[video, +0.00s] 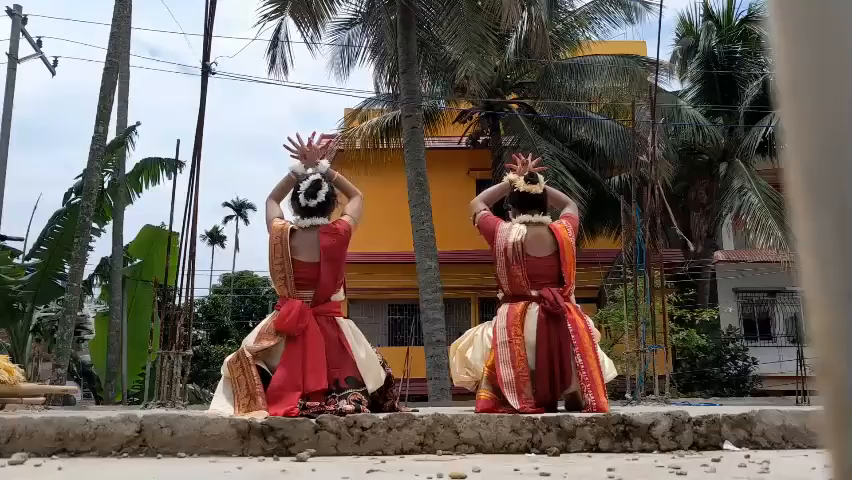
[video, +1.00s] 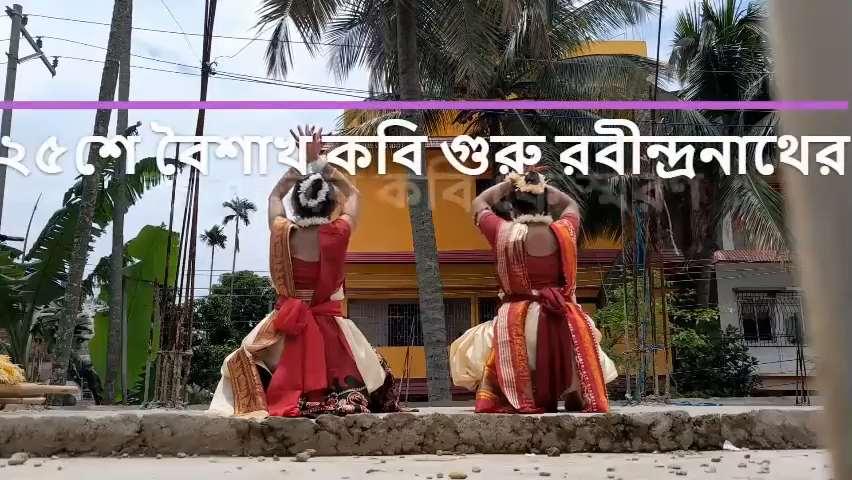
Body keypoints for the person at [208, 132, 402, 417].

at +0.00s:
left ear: (294, 204)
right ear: (331, 205)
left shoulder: (280, 235)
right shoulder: (338, 235)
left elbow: (273, 200)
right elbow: (356, 197)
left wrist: (300, 169)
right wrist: (326, 170)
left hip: (288, 334)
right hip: (330, 334)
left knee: (240, 365)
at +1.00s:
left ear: (293, 205)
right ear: (330, 206)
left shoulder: (281, 232)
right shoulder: (338, 235)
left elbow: (276, 195)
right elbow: (351, 194)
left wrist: (302, 163)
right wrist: (324, 166)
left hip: (289, 329)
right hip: (330, 330)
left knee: (240, 363)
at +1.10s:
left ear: (294, 201)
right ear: (329, 203)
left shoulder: (281, 232)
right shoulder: (338, 234)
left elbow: (277, 193)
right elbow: (351, 194)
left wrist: (303, 161)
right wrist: (323, 165)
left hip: (289, 329)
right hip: (331, 328)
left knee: (239, 362)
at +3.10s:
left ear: (295, 203)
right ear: (330, 203)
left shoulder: (284, 234)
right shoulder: (337, 236)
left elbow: (277, 196)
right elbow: (351, 195)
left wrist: (303, 162)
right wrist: (323, 164)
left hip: (289, 328)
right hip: (329, 329)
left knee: (240, 363)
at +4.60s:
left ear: (292, 201)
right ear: (330, 202)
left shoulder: (279, 231)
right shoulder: (338, 232)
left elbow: (269, 192)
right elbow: (368, 188)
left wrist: (281, 157)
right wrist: (353, 157)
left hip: (287, 331)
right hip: (330, 329)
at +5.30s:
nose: (337, 204)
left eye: (333, 198)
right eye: (335, 199)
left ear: (295, 203)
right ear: (331, 204)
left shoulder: (278, 234)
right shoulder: (341, 235)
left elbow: (260, 204)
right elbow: (386, 206)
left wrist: (267, 161)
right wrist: (387, 171)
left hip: (288, 333)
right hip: (333, 333)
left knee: (239, 367)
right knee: (379, 388)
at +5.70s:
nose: (339, 204)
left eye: (336, 198)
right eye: (337, 199)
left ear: (298, 204)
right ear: (333, 205)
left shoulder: (277, 235)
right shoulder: (345, 237)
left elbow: (248, 213)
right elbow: (397, 229)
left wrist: (235, 177)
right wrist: (419, 193)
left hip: (287, 337)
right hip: (333, 336)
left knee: (242, 364)